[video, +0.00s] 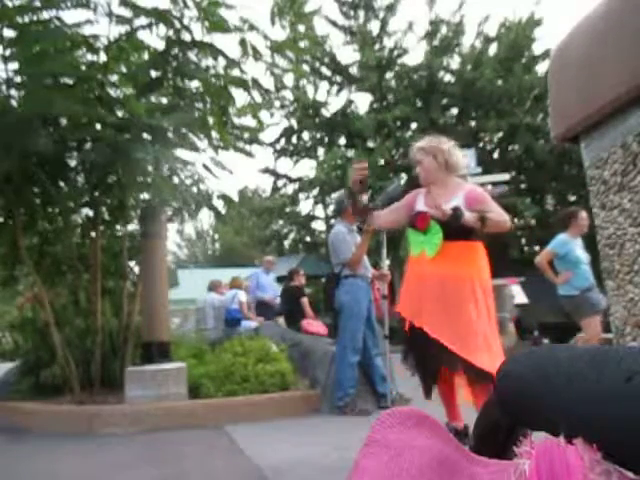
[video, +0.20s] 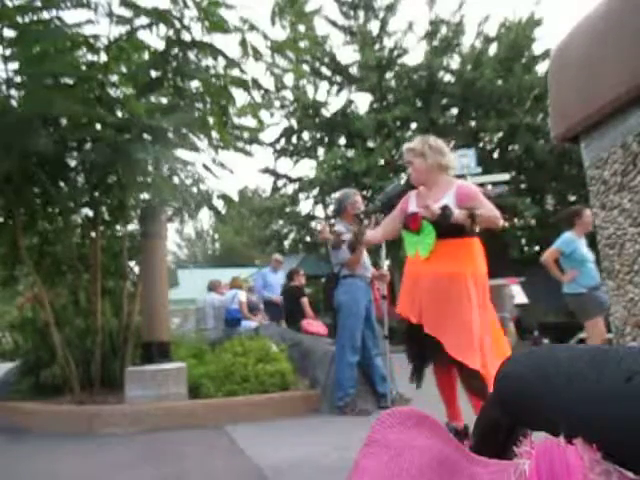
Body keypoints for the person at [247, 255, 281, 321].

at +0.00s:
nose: (270, 266)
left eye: (272, 263)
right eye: (268, 263)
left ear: (274, 265)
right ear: (264, 263)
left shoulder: (273, 276)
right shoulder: (256, 275)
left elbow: (276, 289)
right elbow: (252, 292)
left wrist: (277, 299)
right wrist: (266, 298)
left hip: (273, 303)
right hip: (261, 304)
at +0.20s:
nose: (279, 265)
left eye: (280, 263)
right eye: (277, 262)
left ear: (282, 264)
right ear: (272, 262)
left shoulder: (282, 274)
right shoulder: (263, 273)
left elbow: (285, 288)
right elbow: (259, 290)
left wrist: (282, 298)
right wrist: (273, 298)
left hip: (281, 301)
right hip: (268, 302)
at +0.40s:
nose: (284, 264)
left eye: (286, 262)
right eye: (283, 261)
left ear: (287, 262)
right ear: (278, 261)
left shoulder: (289, 273)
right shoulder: (270, 273)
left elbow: (292, 287)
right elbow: (266, 289)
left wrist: (286, 298)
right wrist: (277, 298)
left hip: (288, 301)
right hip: (276, 302)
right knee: (281, 321)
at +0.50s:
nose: (289, 264)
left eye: (291, 262)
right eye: (288, 261)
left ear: (293, 263)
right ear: (284, 260)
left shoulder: (290, 272)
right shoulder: (274, 271)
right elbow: (270, 288)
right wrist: (279, 297)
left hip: (288, 298)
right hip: (278, 299)